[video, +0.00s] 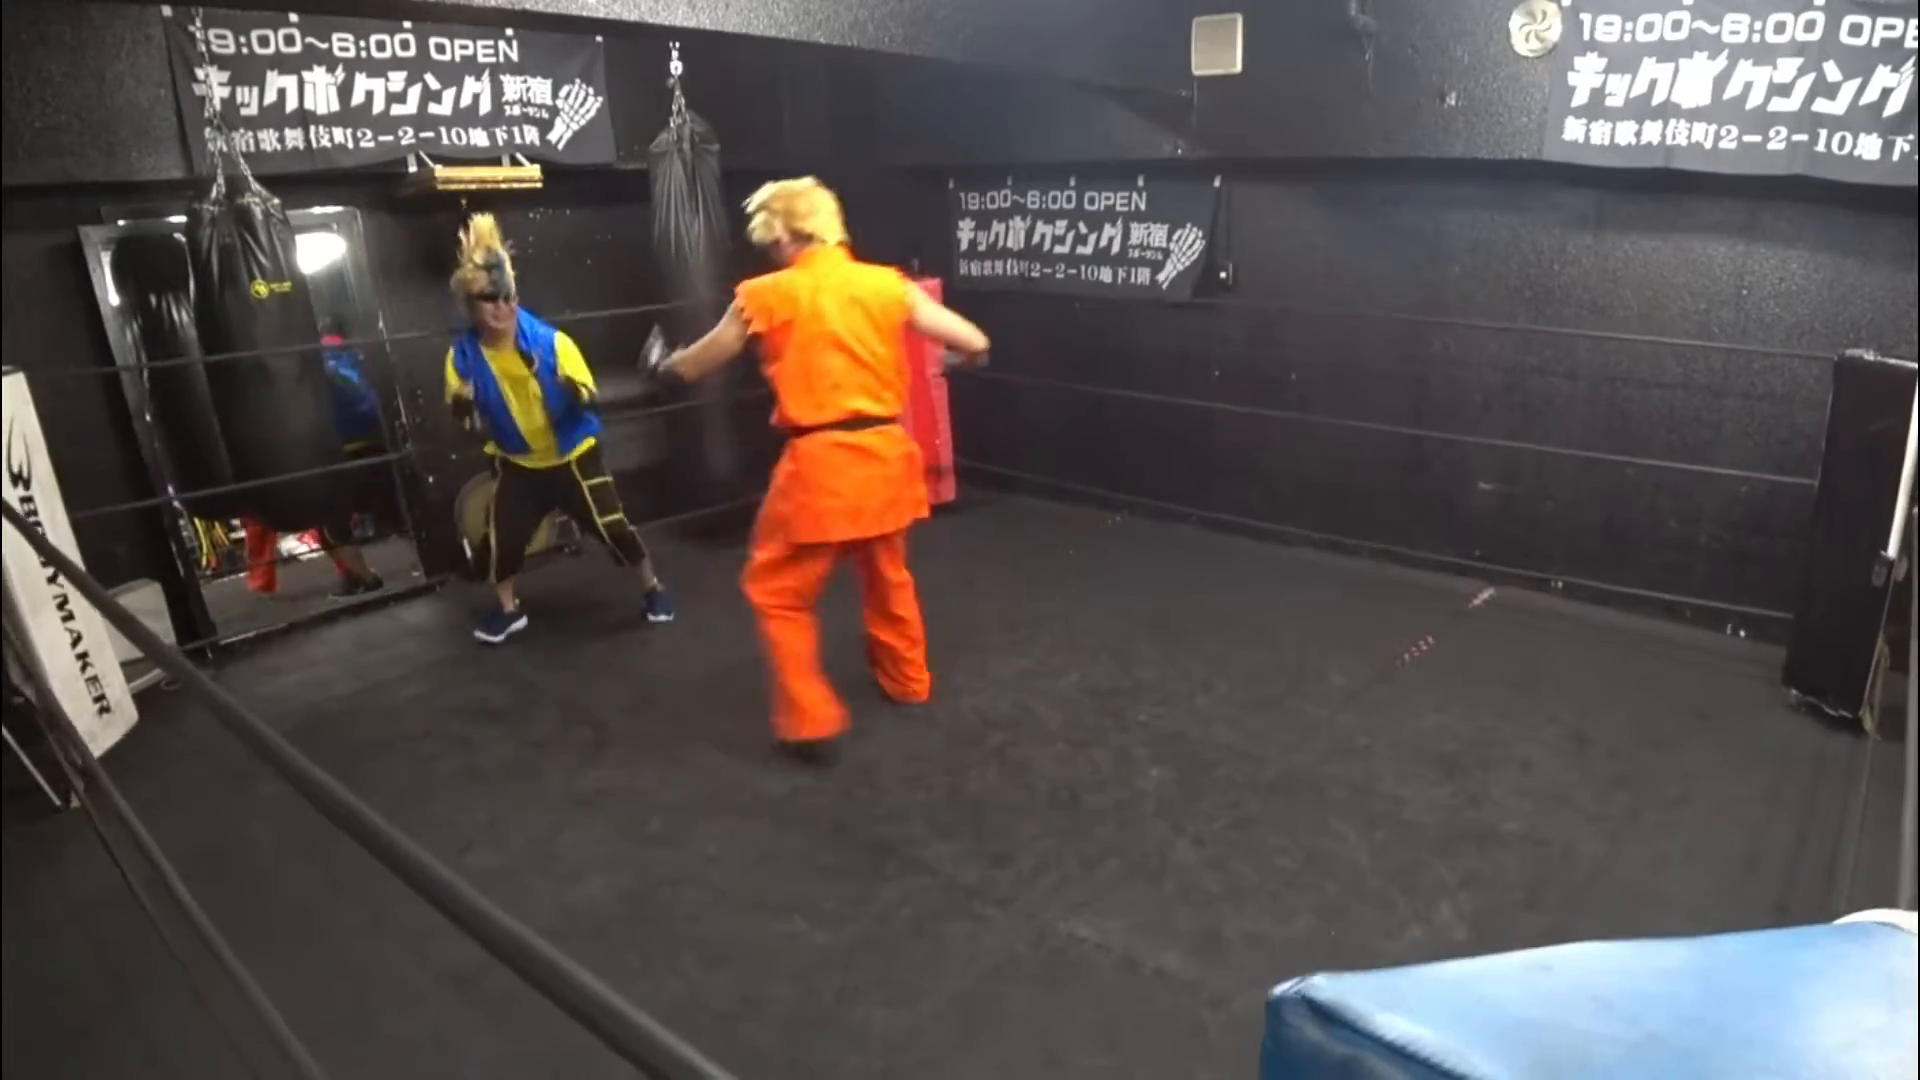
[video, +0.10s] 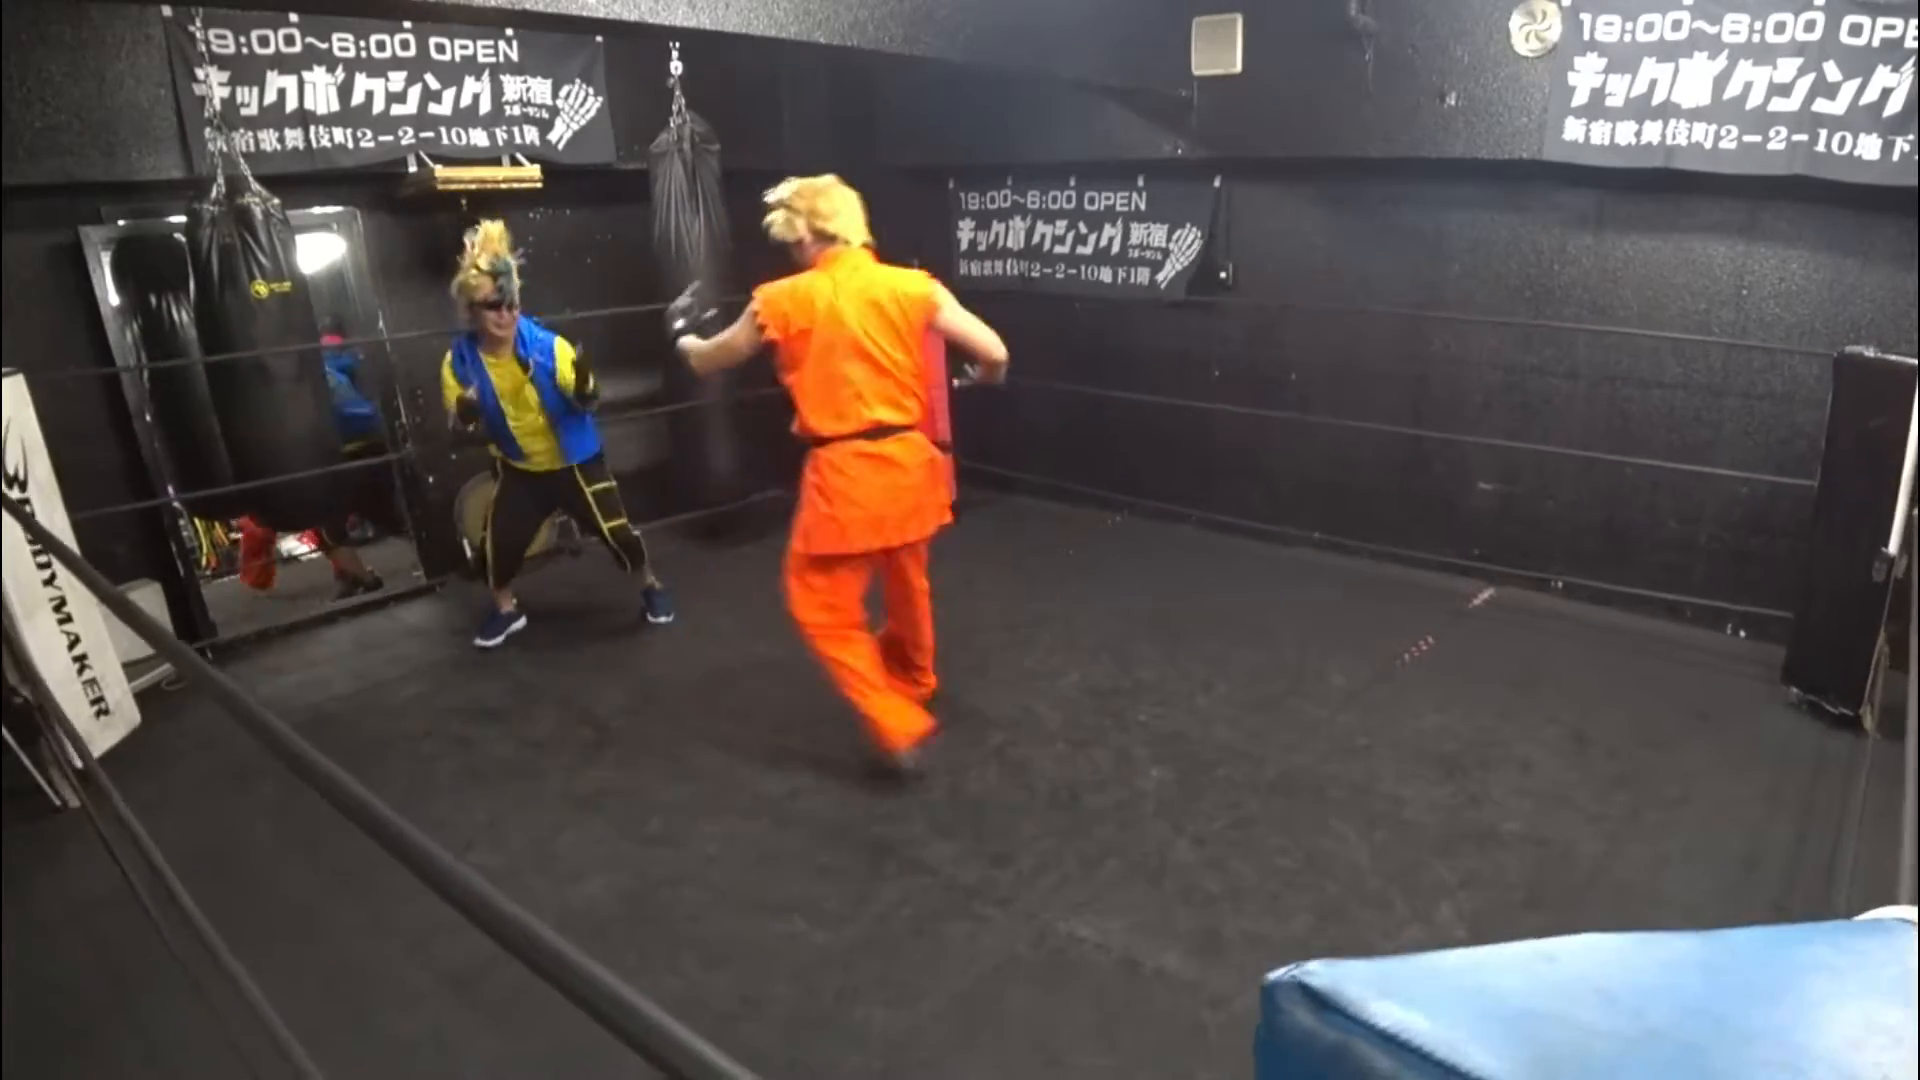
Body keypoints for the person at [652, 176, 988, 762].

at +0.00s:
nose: (768, 252)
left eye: (770, 241)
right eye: (767, 242)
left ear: (790, 236)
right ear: (833, 230)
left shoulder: (767, 296)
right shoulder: (886, 284)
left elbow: (695, 364)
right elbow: (973, 341)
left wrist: (668, 360)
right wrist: (965, 356)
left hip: (817, 462)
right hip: (890, 456)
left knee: (776, 588)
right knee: (888, 567)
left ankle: (811, 721)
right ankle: (908, 678)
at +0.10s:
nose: (789, 250)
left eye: (792, 239)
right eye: (788, 240)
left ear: (811, 235)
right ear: (857, 230)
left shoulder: (785, 300)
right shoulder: (913, 286)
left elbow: (711, 359)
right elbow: (992, 352)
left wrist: (681, 336)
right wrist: (988, 372)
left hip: (841, 472)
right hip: (913, 462)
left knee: (819, 596)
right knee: (907, 572)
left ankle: (897, 727)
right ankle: (915, 682)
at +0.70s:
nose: (874, 286)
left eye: (876, 272)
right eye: (871, 273)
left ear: (898, 264)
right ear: (939, 257)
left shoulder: (895, 321)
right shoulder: (998, 302)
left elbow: (827, 370)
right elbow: (1083, 321)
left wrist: (755, 345)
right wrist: (1013, 314)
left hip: (946, 506)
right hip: (1023, 492)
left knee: (883, 612)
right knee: (1045, 633)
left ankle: (853, 748)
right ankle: (1103, 760)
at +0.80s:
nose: (858, 287)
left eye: (860, 273)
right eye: (855, 275)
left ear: (883, 265)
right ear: (923, 257)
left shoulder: (881, 326)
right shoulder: (986, 308)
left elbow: (808, 370)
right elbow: (1082, 322)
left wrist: (737, 340)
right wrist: (1016, 322)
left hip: (939, 510)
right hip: (1016, 496)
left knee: (876, 624)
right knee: (1038, 632)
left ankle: (854, 755)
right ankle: (1105, 755)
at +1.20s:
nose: (857, 288)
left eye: (859, 274)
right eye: (855, 275)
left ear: (880, 266)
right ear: (919, 258)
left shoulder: (868, 332)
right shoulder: (986, 299)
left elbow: (790, 398)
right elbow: (1078, 315)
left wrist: (734, 368)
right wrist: (1014, 304)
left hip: (929, 509)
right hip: (1009, 493)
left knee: (868, 613)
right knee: (1046, 635)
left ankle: (851, 746)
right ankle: (1103, 765)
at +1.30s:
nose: (849, 290)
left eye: (851, 276)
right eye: (848, 277)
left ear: (874, 269)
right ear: (913, 261)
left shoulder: (859, 337)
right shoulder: (979, 309)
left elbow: (772, 392)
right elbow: (1082, 325)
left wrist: (719, 359)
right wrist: (1010, 328)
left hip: (926, 515)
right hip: (1005, 498)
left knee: (870, 626)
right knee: (1038, 640)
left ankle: (852, 752)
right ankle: (1102, 765)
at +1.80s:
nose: (874, 281)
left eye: (875, 267)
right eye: (870, 268)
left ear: (897, 253)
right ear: (938, 249)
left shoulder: (910, 307)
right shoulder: (999, 301)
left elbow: (920, 398)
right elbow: (1070, 371)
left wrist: (859, 399)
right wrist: (1016, 422)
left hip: (979, 500)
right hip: (1047, 485)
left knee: (917, 640)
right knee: (1063, 641)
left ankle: (915, 772)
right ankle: (1102, 761)